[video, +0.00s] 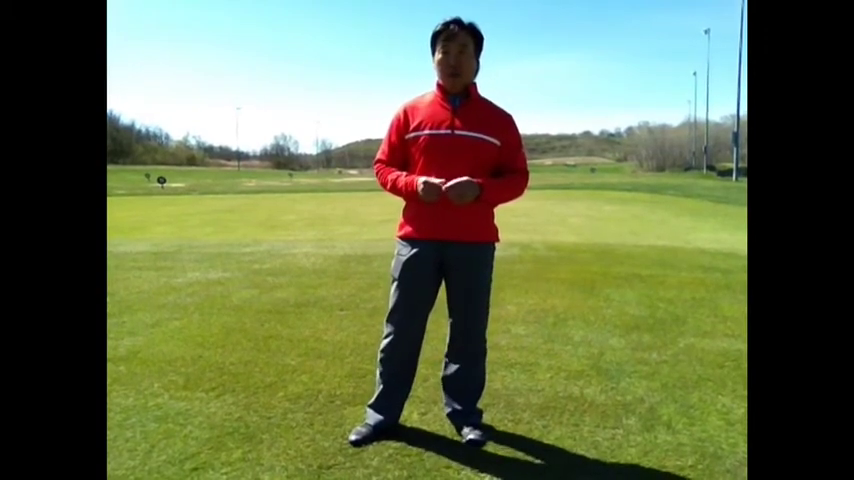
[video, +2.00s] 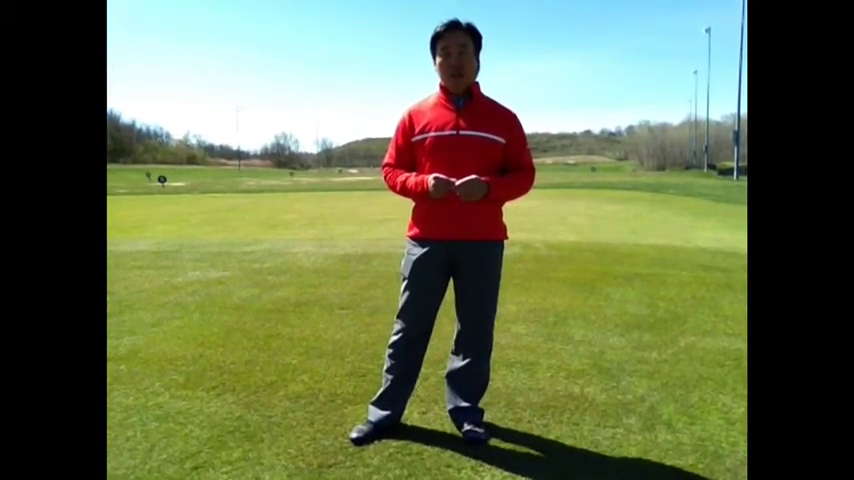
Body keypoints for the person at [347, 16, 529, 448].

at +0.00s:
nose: (451, 58)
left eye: (461, 51)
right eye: (444, 50)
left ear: (478, 59)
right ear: (433, 58)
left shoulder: (499, 121)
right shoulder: (409, 114)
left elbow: (518, 179)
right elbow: (383, 169)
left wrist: (481, 190)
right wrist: (414, 184)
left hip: (473, 245)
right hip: (417, 241)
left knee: (469, 334)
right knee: (400, 330)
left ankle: (466, 416)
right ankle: (382, 415)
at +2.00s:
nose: (454, 60)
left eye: (463, 52)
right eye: (445, 53)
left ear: (478, 58)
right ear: (434, 61)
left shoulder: (503, 119)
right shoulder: (415, 116)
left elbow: (525, 175)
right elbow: (390, 171)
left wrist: (489, 187)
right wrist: (423, 183)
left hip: (482, 243)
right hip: (427, 241)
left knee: (476, 333)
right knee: (408, 329)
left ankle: (467, 413)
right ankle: (384, 414)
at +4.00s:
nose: (454, 61)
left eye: (463, 52)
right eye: (446, 54)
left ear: (480, 58)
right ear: (437, 61)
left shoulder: (506, 119)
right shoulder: (418, 115)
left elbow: (528, 175)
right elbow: (392, 170)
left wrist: (490, 186)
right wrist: (425, 182)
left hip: (483, 244)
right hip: (428, 240)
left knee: (474, 335)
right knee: (407, 329)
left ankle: (467, 415)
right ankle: (384, 414)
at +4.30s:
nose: (457, 59)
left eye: (467, 51)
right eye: (450, 51)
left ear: (483, 59)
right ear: (439, 58)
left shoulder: (506, 119)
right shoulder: (418, 113)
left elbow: (526, 175)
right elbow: (392, 168)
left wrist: (489, 187)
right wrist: (425, 181)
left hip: (482, 244)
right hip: (426, 240)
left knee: (474, 334)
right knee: (407, 329)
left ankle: (467, 413)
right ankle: (384, 413)